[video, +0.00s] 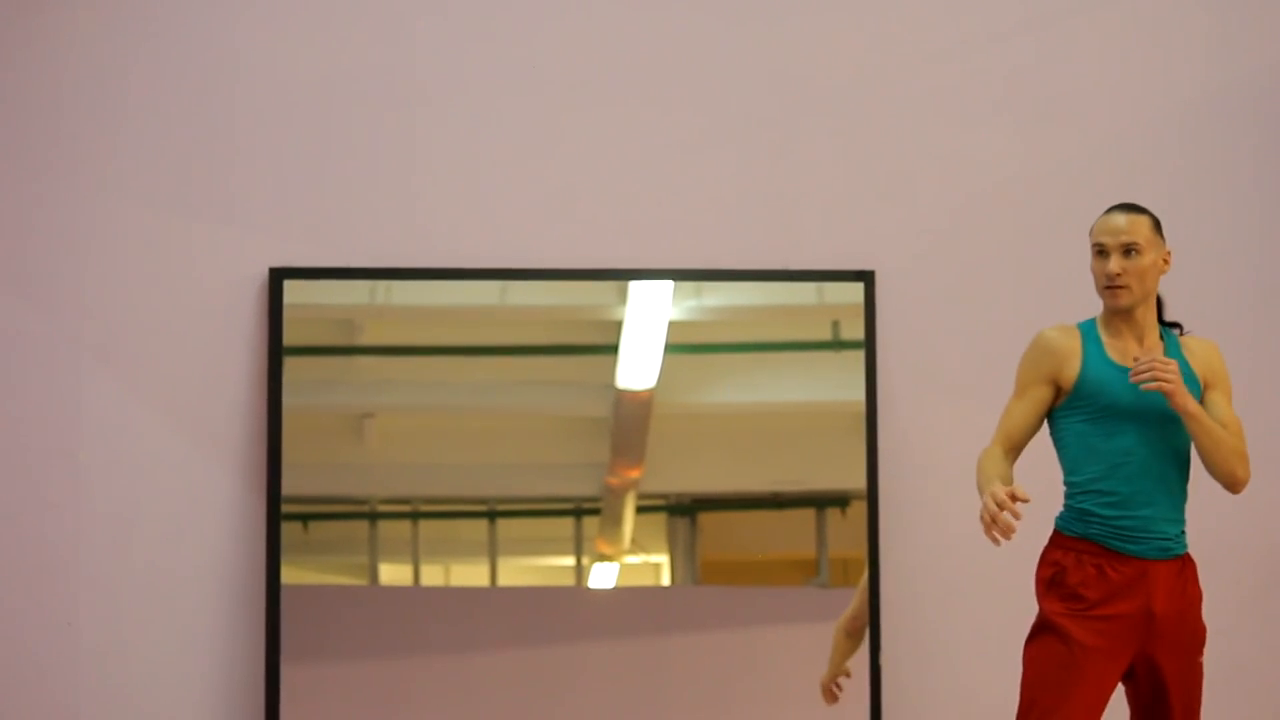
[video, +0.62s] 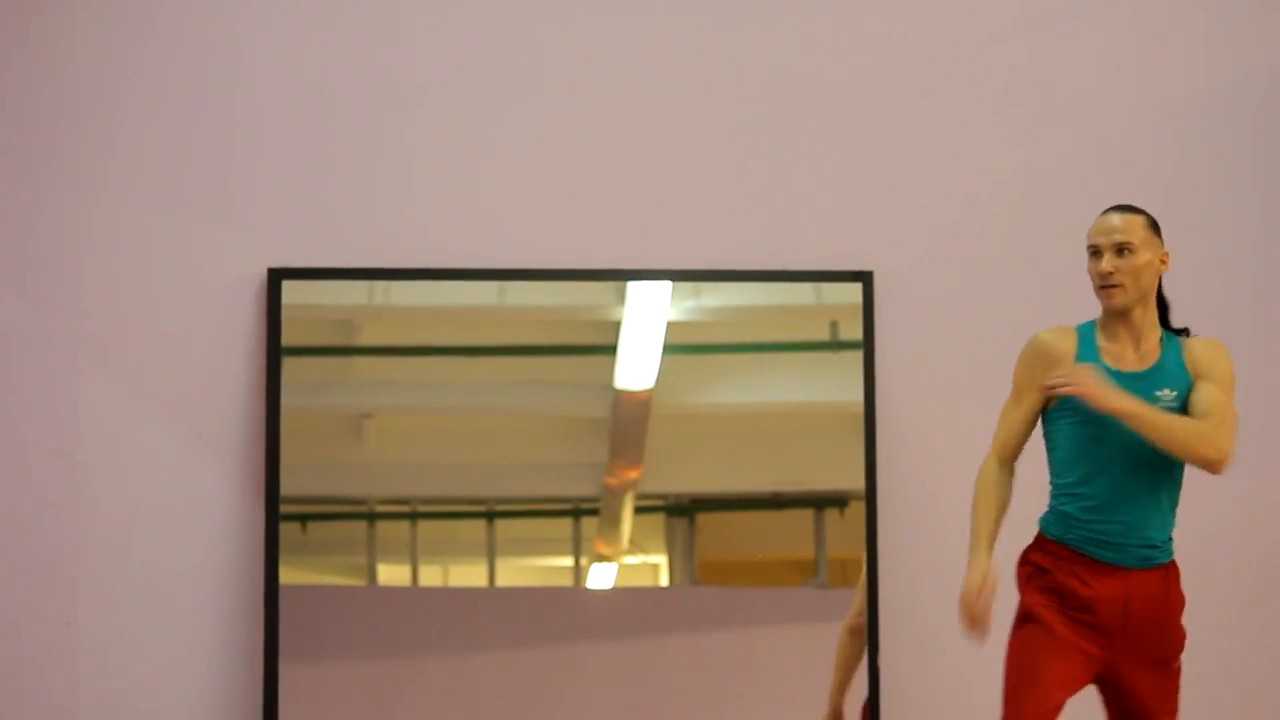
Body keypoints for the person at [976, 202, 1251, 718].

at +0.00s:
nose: (1112, 266)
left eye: (1130, 251)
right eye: (1101, 253)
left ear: (1163, 262)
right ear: (1090, 263)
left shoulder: (1199, 356)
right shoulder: (1058, 349)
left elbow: (1235, 474)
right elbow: (1001, 450)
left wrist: (1186, 404)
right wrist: (994, 491)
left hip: (1169, 583)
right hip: (1083, 578)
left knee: (1175, 712)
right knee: (1048, 712)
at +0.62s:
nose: (1105, 266)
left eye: (1123, 250)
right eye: (1095, 254)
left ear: (1161, 260)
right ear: (1087, 266)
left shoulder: (1203, 357)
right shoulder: (1052, 351)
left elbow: (1214, 449)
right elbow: (1001, 459)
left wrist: (1113, 399)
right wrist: (980, 558)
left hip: (1148, 596)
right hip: (1058, 589)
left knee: (1152, 712)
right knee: (1024, 712)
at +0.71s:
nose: (1090, 273)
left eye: (1108, 257)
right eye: (1082, 260)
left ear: (1149, 268)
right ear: (1074, 272)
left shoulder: (1190, 363)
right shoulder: (1037, 362)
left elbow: (1167, 456)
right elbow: (1009, 486)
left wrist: (1050, 413)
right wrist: (978, 597)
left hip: (1136, 606)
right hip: (1043, 599)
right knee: (1005, 711)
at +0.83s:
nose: (1059, 289)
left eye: (1077, 274)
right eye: (1050, 277)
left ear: (1118, 285)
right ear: (1043, 291)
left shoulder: (1143, 366)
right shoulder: (1030, 386)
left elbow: (1041, 398)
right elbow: (988, 497)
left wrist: (961, 370)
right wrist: (895, 575)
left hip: (1109, 626)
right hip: (1014, 622)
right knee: (970, 711)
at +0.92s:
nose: (1037, 290)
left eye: (1055, 275)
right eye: (1029, 278)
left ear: (1095, 285)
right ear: (1020, 288)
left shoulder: (1113, 366)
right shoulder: (1007, 394)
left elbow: (995, 381)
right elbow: (926, 484)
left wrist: (905, 326)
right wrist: (807, 495)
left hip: (1081, 620)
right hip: (985, 620)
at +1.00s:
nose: (1008, 276)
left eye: (1026, 262)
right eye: (1000, 264)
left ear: (1067, 273)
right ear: (993, 275)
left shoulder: (1093, 362)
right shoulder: (969, 364)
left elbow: (1031, 409)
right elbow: (864, 433)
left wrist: (917, 357)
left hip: (1055, 606)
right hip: (956, 611)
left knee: (1154, 715)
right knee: (928, 712)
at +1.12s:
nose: (915, 261)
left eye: (931, 245)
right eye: (907, 249)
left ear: (973, 254)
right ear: (899, 266)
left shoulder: (1012, 329)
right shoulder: (893, 352)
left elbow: (1115, 383)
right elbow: (775, 373)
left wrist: (1210, 436)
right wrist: (747, 327)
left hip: (1052, 572)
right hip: (968, 591)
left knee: (1086, 701)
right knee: (934, 713)